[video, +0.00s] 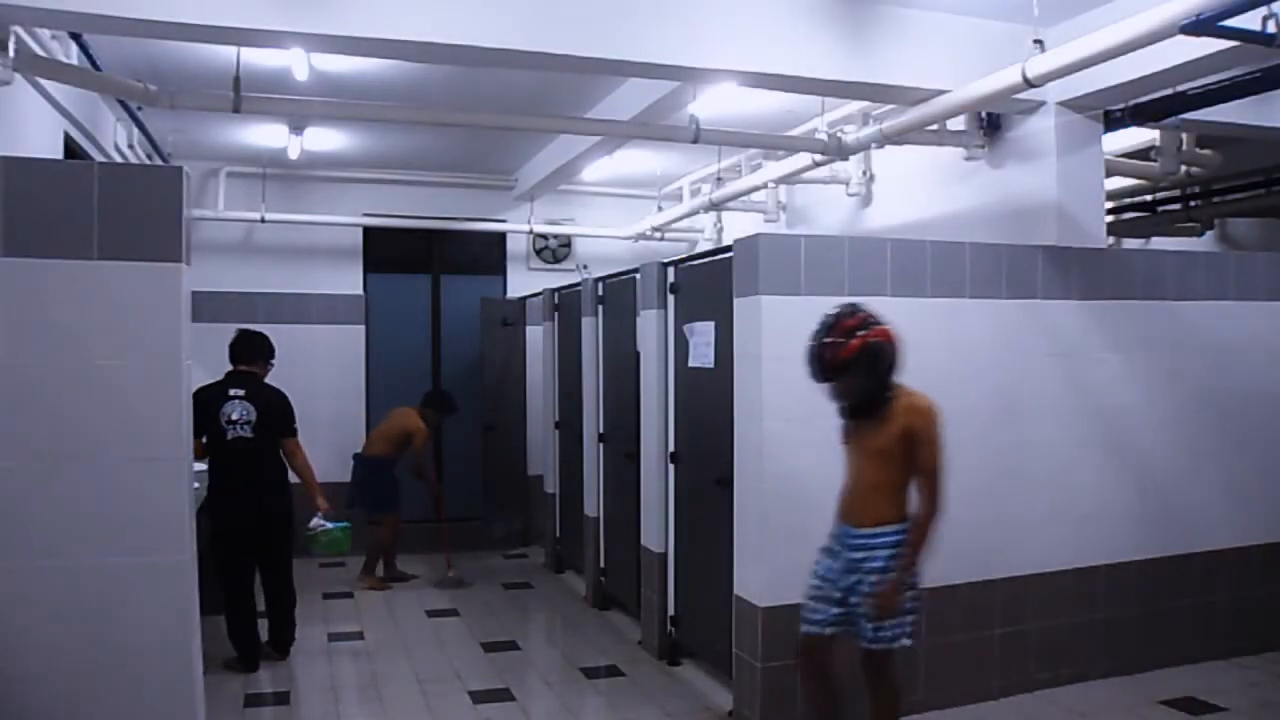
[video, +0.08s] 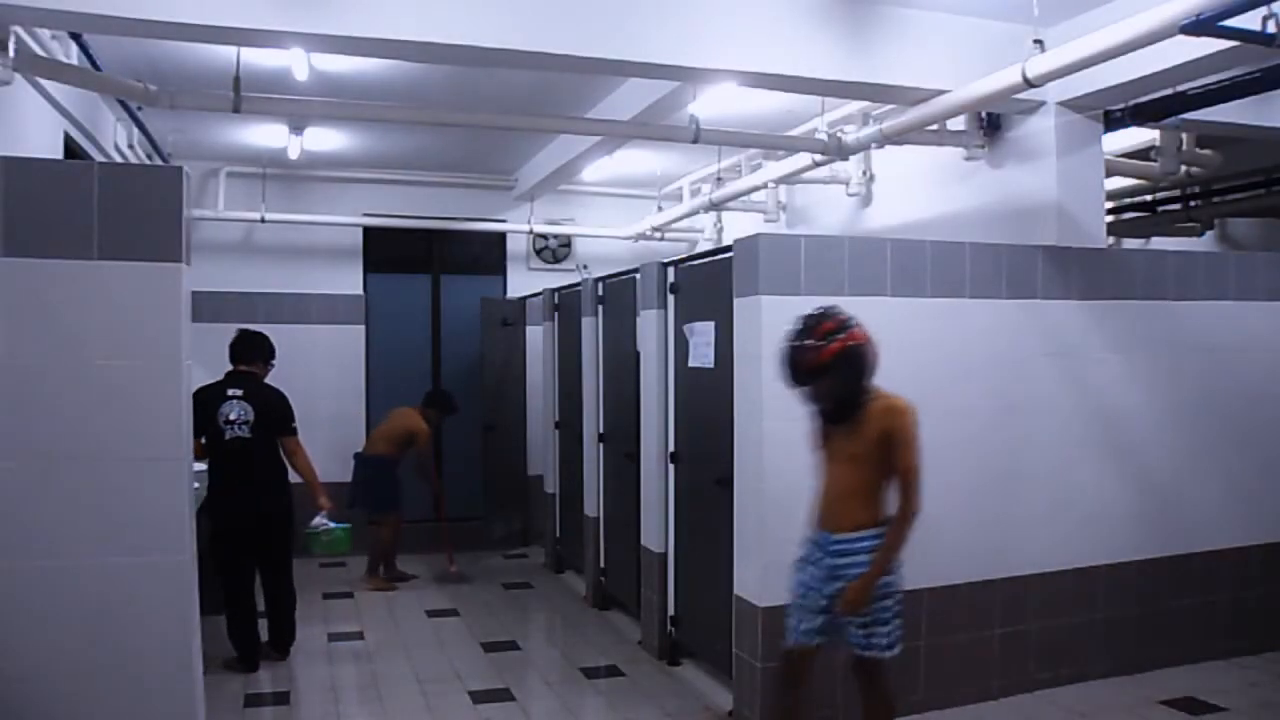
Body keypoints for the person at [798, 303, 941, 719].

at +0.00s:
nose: (835, 391)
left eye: (843, 379)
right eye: (831, 380)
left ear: (872, 369)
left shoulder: (915, 413)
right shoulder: (854, 411)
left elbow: (929, 503)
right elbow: (859, 483)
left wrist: (900, 577)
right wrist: (840, 544)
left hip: (886, 549)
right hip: (841, 544)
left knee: (877, 660)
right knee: (812, 649)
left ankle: (885, 714)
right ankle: (826, 714)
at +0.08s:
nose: (812, 394)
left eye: (820, 381)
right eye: (807, 383)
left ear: (850, 371)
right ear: (804, 378)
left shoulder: (893, 414)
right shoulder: (828, 416)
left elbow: (909, 505)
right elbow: (835, 486)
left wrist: (868, 581)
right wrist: (818, 546)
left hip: (867, 555)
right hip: (820, 551)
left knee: (870, 672)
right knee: (794, 665)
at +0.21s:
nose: (778, 406)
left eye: (786, 393)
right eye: (771, 396)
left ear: (813, 378)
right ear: (765, 385)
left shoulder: (855, 418)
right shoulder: (786, 418)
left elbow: (875, 511)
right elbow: (790, 491)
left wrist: (847, 589)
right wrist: (775, 550)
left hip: (826, 561)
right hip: (776, 557)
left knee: (833, 680)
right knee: (755, 672)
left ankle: (864, 713)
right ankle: (748, 713)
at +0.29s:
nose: (758, 403)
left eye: (767, 390)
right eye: (750, 392)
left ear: (792, 377)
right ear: (743, 384)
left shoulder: (834, 418)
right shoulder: (753, 415)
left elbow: (852, 507)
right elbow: (748, 488)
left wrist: (840, 589)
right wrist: (738, 554)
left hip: (805, 561)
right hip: (750, 557)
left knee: (791, 683)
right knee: (734, 671)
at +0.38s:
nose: (745, 404)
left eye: (755, 393)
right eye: (736, 394)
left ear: (778, 375)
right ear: (725, 381)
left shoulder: (819, 417)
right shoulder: (722, 414)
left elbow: (834, 503)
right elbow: (712, 492)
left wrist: (830, 585)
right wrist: (699, 564)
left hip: (786, 560)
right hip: (729, 555)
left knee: (761, 679)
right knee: (724, 677)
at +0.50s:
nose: (729, 411)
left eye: (741, 401)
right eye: (720, 399)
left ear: (763, 381)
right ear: (704, 383)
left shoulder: (793, 416)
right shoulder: (685, 414)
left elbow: (806, 494)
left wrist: (807, 571)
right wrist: (655, 563)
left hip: (759, 563)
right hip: (700, 560)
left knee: (726, 680)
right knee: (713, 679)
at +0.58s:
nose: (718, 414)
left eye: (730, 404)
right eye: (708, 402)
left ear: (753, 385)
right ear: (690, 383)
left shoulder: (776, 420)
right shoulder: (669, 417)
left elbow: (787, 495)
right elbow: (635, 486)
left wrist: (790, 569)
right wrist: (639, 565)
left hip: (743, 567)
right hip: (685, 564)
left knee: (709, 679)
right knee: (697, 677)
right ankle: (722, 707)